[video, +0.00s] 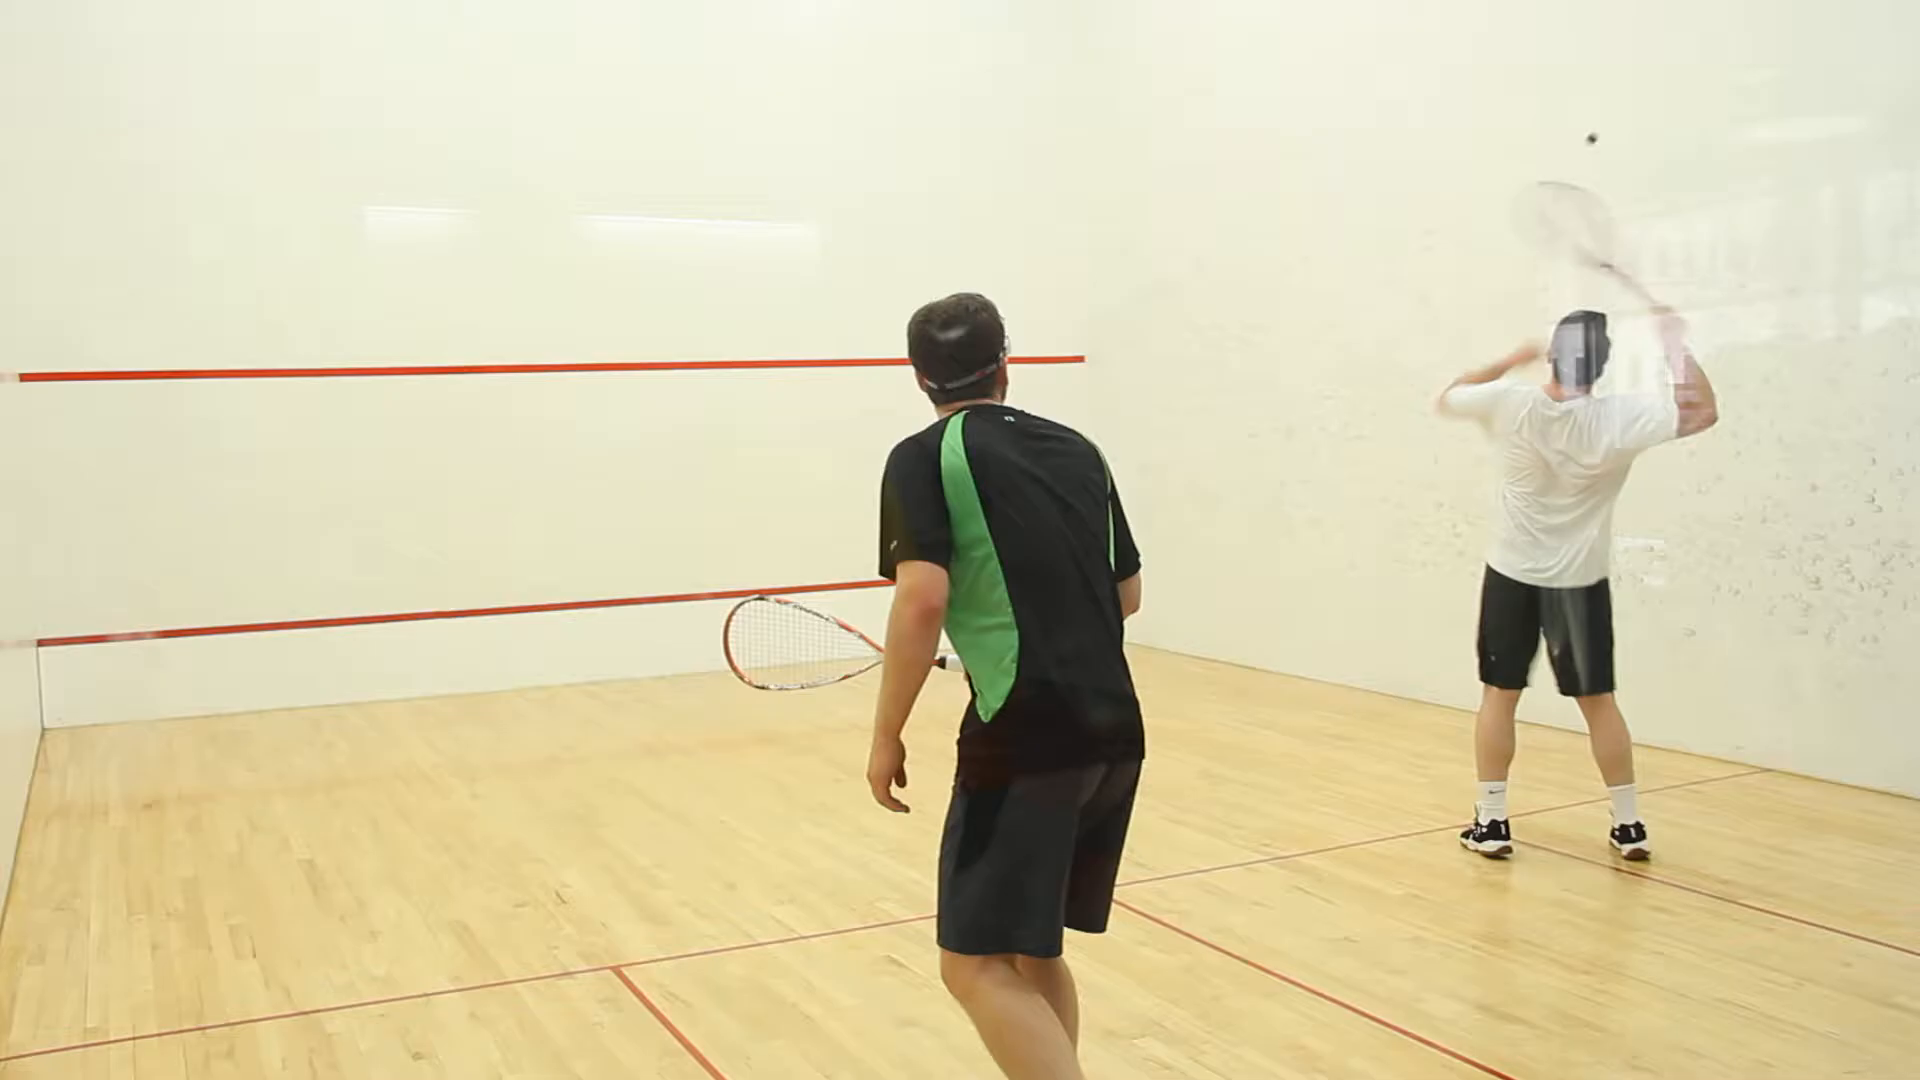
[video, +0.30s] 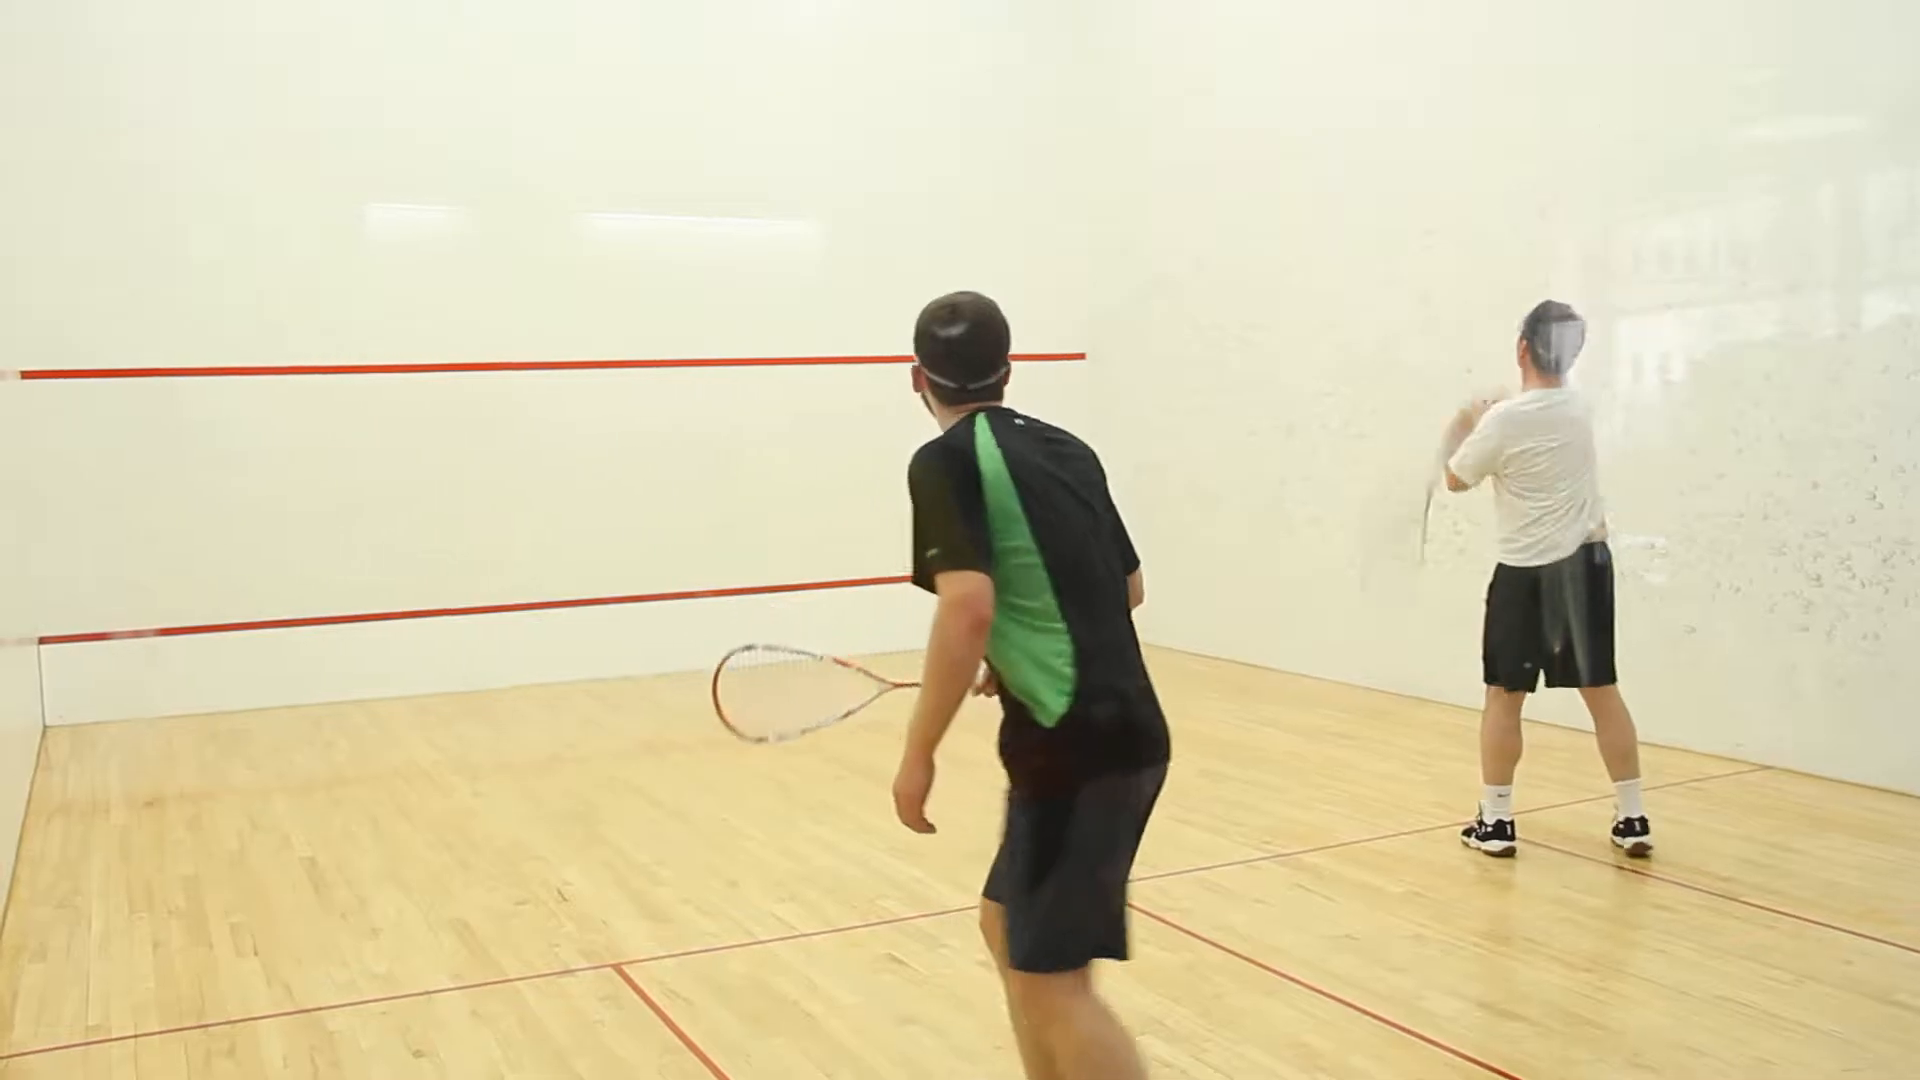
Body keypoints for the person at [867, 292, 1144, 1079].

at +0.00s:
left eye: (919, 371)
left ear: (919, 380)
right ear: (1004, 367)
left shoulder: (922, 458)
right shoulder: (1079, 450)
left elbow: (924, 598)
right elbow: (1124, 596)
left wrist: (888, 733)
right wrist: (1045, 651)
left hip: (1023, 738)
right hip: (1111, 731)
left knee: (973, 963)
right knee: (1037, 950)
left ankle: (1061, 1071)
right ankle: (1058, 1076)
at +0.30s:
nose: (920, 379)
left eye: (919, 369)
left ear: (921, 381)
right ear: (1005, 372)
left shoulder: (944, 461)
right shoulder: (1067, 449)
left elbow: (969, 606)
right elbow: (1128, 585)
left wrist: (921, 749)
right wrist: (1016, 654)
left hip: (1074, 752)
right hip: (1120, 738)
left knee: (1048, 974)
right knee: (1005, 917)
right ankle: (1050, 1071)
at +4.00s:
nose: (1473, 393)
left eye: (1481, 383)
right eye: (1477, 381)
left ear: (1508, 395)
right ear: (1532, 397)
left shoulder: (1522, 455)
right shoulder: (1585, 454)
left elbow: (1538, 551)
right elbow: (1609, 553)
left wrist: (1476, 611)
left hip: (1569, 650)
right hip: (1632, 649)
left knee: (1498, 754)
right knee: (1640, 782)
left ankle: (1519, 908)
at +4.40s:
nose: (1642, 358)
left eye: (1643, 348)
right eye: (1645, 347)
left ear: (1656, 347)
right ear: (1704, 343)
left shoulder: (1657, 418)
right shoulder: (1758, 412)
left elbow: (1683, 518)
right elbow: (1817, 505)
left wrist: (1666, 621)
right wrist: (1823, 594)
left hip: (1717, 631)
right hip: (1782, 622)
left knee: (1690, 778)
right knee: (1771, 768)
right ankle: (1814, 915)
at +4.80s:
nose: (1659, 380)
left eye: (1661, 371)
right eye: (1665, 370)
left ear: (1667, 375)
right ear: (1723, 374)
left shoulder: (1652, 447)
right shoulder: (1785, 444)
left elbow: (1645, 548)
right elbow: (1838, 544)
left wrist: (1623, 629)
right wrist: (1809, 625)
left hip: (1716, 648)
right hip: (1794, 643)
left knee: (1645, 787)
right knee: (1807, 787)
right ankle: (1874, 941)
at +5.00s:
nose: (1601, 368)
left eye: (1603, 357)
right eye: (1614, 356)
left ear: (1608, 358)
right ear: (1665, 357)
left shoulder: (1590, 427)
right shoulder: (1710, 432)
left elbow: (1580, 517)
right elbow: (1760, 537)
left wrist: (1547, 593)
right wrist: (1716, 596)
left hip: (1642, 630)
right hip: (1716, 629)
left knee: (1543, 767)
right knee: (1704, 759)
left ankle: (1595, 941)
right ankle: (1813, 894)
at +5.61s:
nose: (1248, 408)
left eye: (1262, 394)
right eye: (1252, 393)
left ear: (1311, 406)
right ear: (1303, 407)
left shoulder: (1377, 471)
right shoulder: (1318, 495)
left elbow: (1427, 594)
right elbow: (1295, 608)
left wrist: (1314, 659)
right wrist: (1234, 685)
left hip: (1432, 734)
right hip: (1363, 717)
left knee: (1291, 870)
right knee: (1270, 855)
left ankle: (1347, 983)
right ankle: (1259, 1000)